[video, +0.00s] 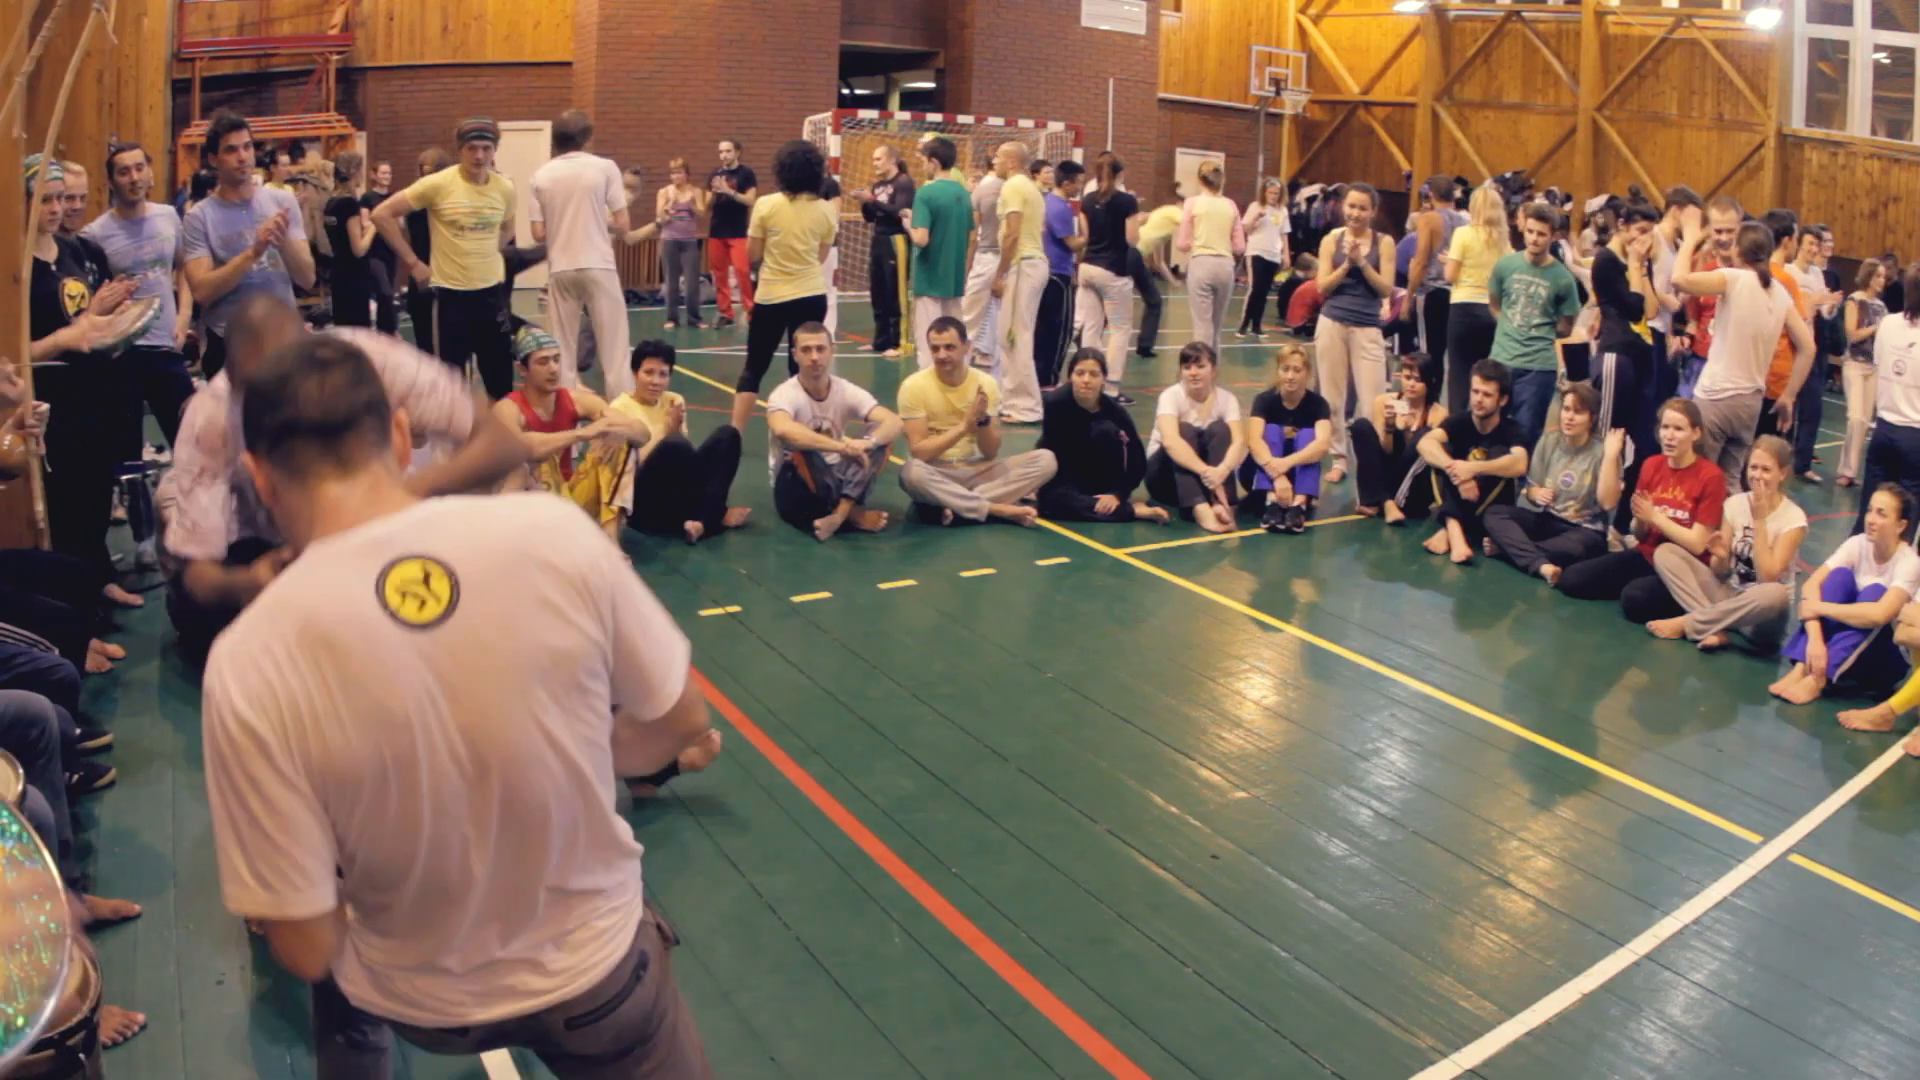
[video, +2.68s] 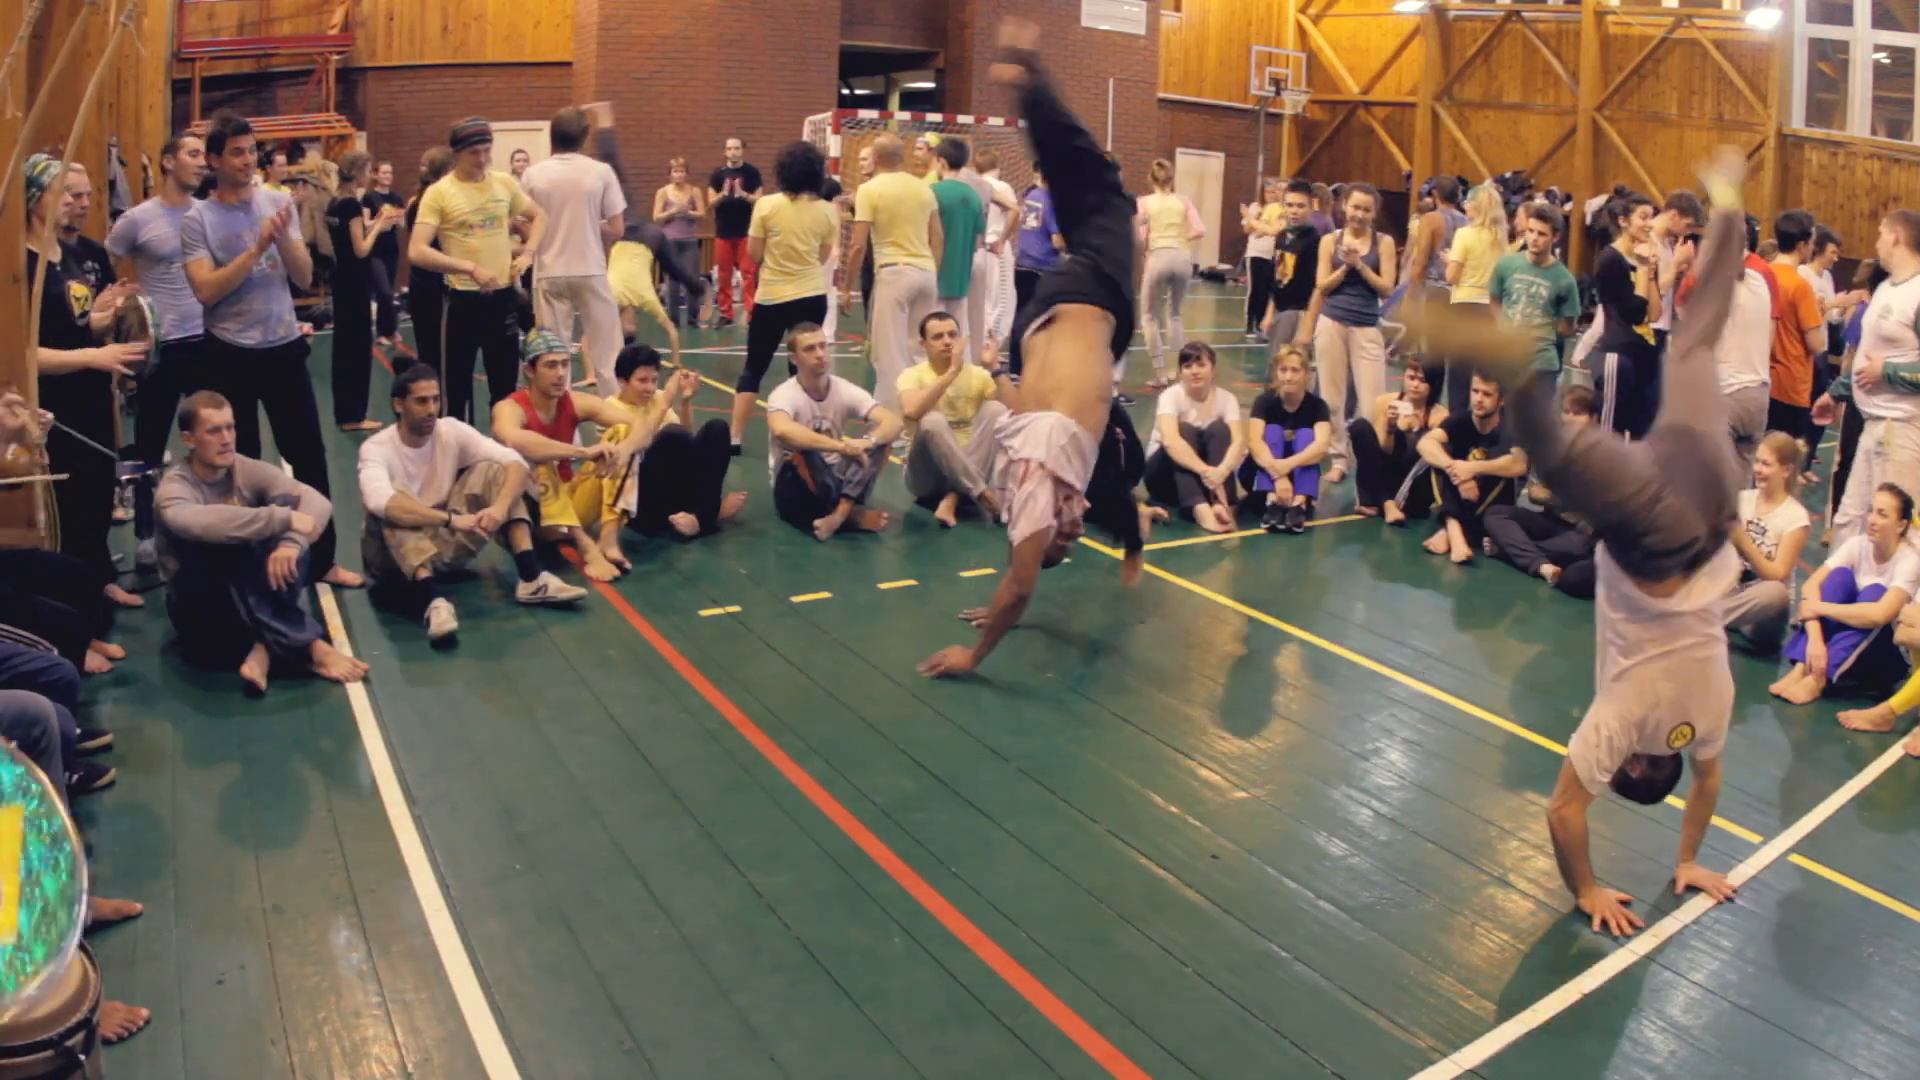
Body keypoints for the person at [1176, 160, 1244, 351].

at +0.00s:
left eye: (1198, 179)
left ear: (1200, 180)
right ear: (1221, 182)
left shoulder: (1191, 203)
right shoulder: (1231, 205)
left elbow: (1183, 243)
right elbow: (1239, 246)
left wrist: (1199, 241)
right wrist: (1221, 242)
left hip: (1200, 258)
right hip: (1225, 261)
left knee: (1202, 321)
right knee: (1217, 322)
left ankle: (1202, 368)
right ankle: (1212, 367)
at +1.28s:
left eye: (1198, 180)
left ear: (1200, 181)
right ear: (1220, 182)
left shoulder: (1191, 202)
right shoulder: (1228, 206)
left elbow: (1182, 240)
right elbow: (1235, 244)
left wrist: (1188, 247)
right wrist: (1216, 244)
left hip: (1196, 260)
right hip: (1219, 261)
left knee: (1178, 317)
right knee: (1206, 322)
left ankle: (1175, 370)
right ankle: (1203, 370)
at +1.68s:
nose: (1178, 186)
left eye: (1178, 182)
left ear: (1177, 183)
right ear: (1197, 184)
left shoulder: (1169, 205)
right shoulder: (1208, 206)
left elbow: (1165, 245)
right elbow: (1216, 244)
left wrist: (1173, 259)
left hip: (1179, 259)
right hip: (1204, 259)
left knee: (1165, 318)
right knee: (1195, 323)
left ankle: (1157, 366)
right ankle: (1199, 368)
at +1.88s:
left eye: (1162, 186)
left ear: (1161, 188)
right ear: (1181, 187)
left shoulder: (1157, 210)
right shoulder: (1193, 208)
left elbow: (1153, 251)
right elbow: (1202, 243)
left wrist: (1151, 278)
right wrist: (1194, 259)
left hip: (1170, 259)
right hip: (1194, 258)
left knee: (1155, 317)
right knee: (1178, 320)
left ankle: (1152, 375)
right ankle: (1181, 374)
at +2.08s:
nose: (1147, 208)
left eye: (1148, 204)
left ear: (1151, 205)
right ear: (1170, 204)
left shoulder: (1147, 227)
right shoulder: (1183, 222)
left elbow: (1143, 264)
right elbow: (1195, 255)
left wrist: (1132, 288)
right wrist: (1191, 270)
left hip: (1167, 273)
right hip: (1190, 272)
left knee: (1144, 323)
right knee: (1160, 325)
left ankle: (1152, 374)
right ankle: (1159, 374)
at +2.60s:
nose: (1147, 187)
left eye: (1147, 184)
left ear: (1149, 184)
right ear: (1169, 184)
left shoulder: (1144, 207)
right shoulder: (1183, 205)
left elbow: (1140, 244)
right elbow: (1199, 233)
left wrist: (1135, 269)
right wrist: (1181, 241)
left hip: (1158, 258)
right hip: (1182, 256)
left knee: (1145, 313)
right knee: (1163, 315)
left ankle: (1157, 366)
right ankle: (1162, 367)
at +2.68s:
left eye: (1151, 179)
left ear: (1151, 180)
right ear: (1171, 179)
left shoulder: (1144, 202)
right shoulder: (1184, 202)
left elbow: (1140, 234)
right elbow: (1199, 229)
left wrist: (1146, 245)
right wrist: (1182, 239)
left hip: (1158, 251)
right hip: (1182, 251)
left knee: (1149, 314)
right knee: (1176, 314)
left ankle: (1160, 371)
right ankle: (1179, 368)